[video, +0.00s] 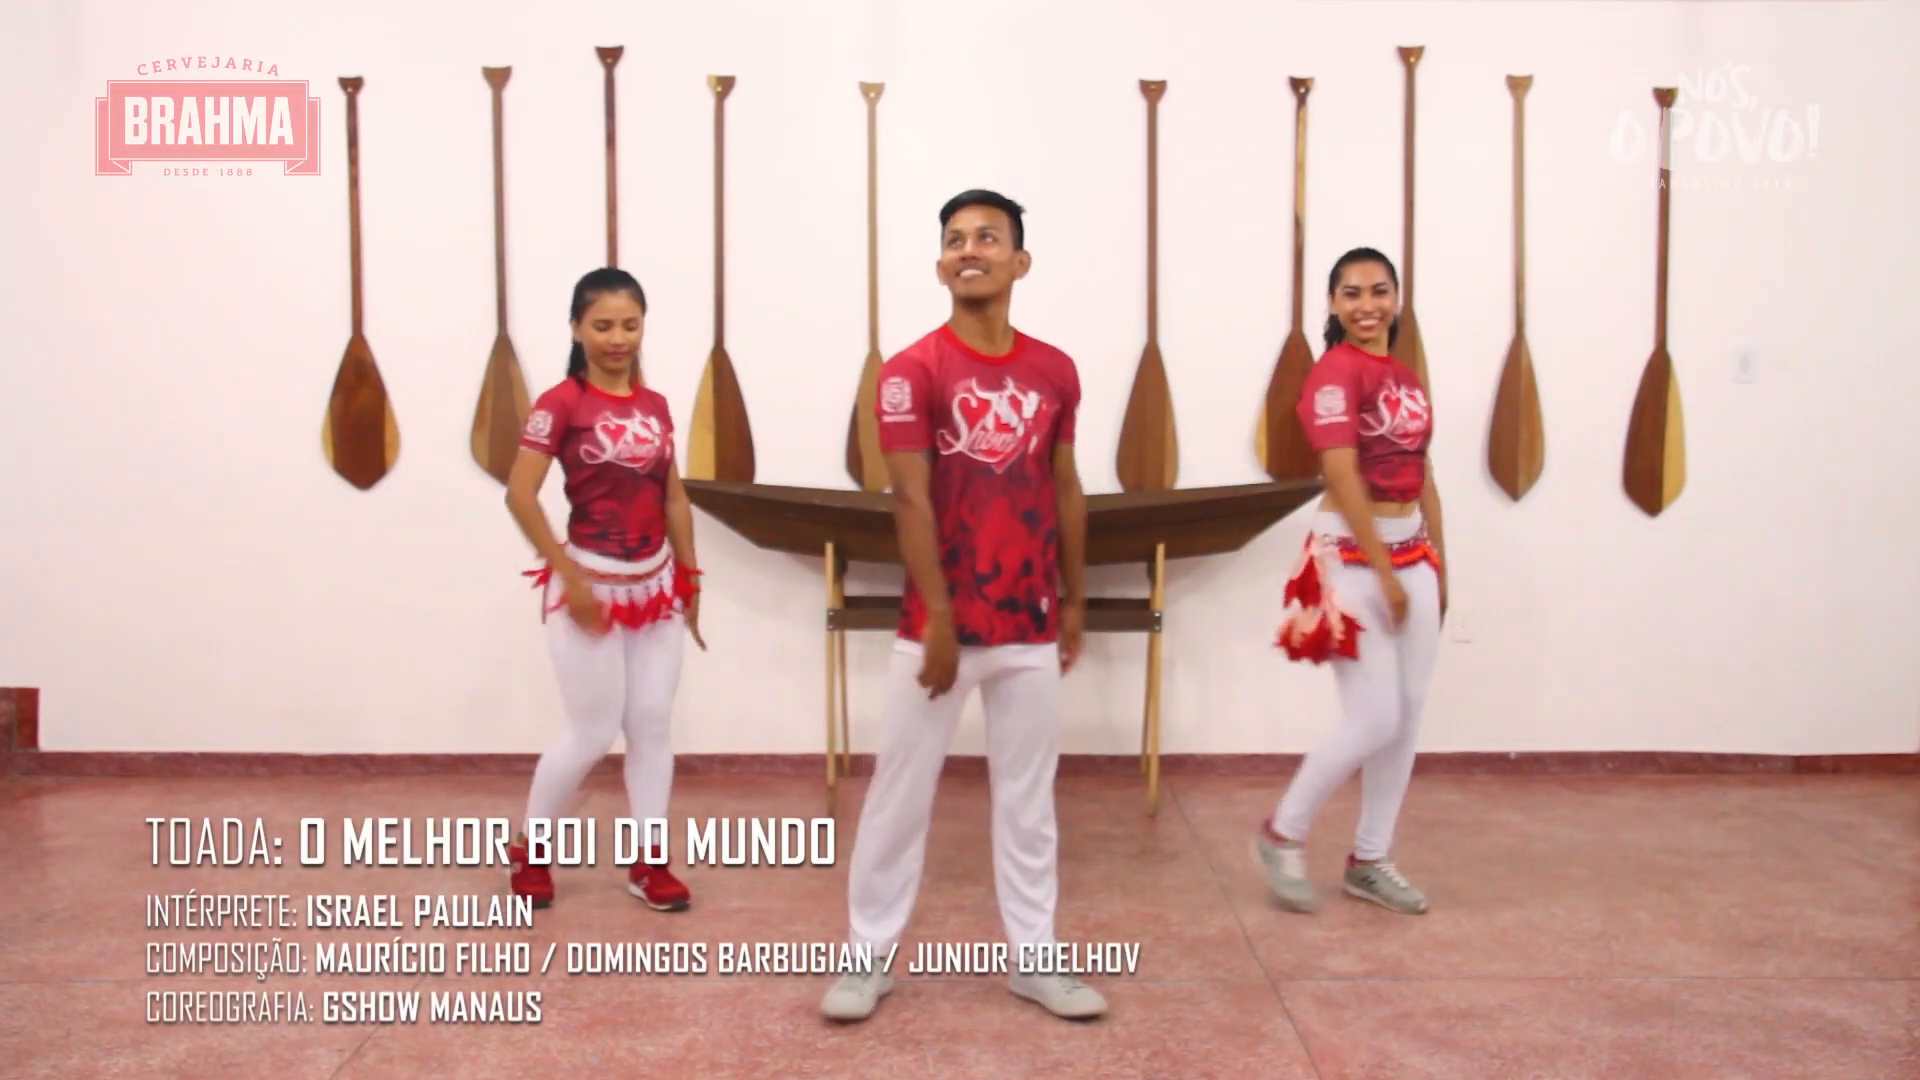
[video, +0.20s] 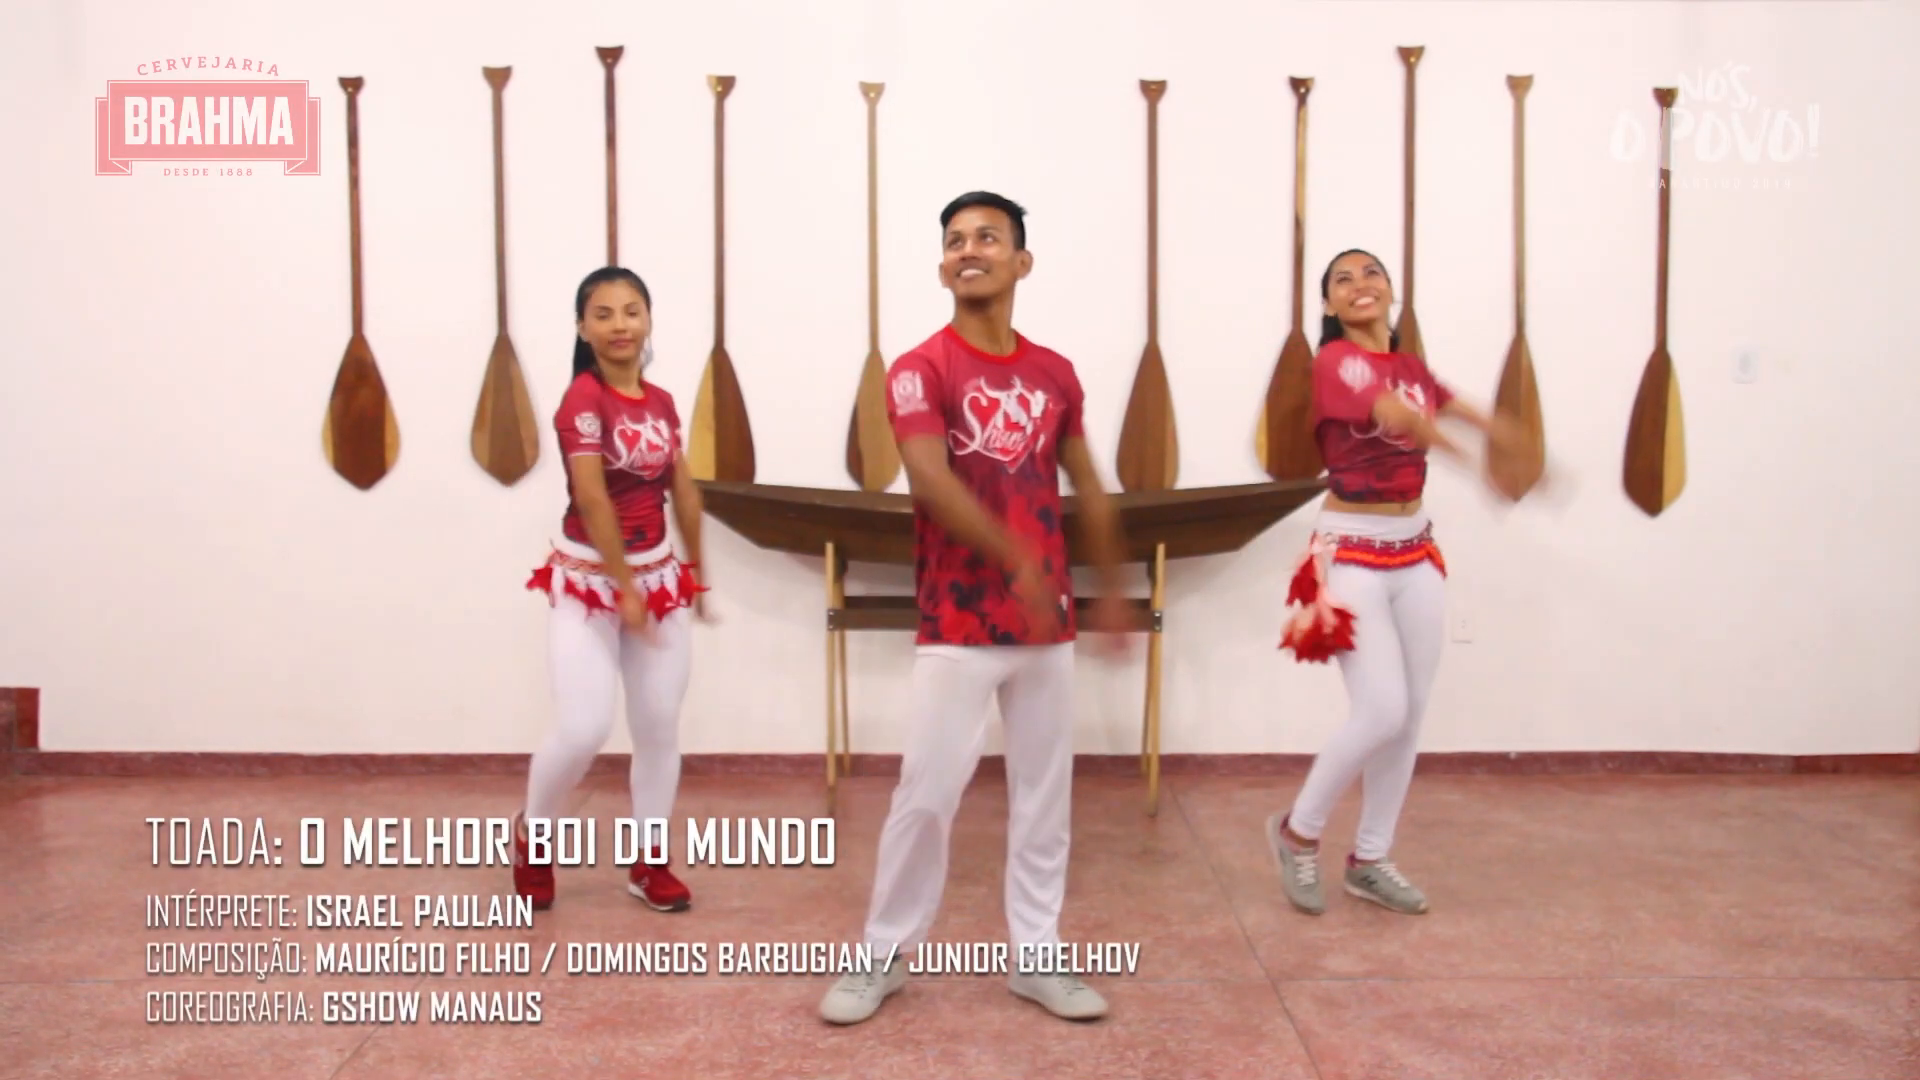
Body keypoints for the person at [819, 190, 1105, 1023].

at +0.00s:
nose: (969, 249)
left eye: (987, 237)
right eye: (956, 239)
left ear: (1020, 261)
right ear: (939, 264)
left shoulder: (1054, 371)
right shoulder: (912, 371)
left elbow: (1064, 486)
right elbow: (911, 499)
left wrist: (1074, 600)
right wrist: (939, 618)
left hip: (1028, 626)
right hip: (937, 625)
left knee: (1028, 800)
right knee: (898, 797)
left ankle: (1034, 954)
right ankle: (868, 951)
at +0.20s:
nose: (967, 250)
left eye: (986, 238)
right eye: (955, 240)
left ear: (1022, 262)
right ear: (941, 266)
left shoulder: (1054, 372)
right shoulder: (920, 367)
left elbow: (1087, 486)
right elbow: (930, 482)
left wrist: (1113, 587)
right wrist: (1020, 561)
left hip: (1043, 622)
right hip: (958, 624)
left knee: (1043, 799)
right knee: (927, 797)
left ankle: (1037, 954)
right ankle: (880, 951)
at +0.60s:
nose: (942, 254)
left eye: (961, 240)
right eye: (931, 243)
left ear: (999, 261)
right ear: (918, 263)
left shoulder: (1031, 345)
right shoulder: (895, 350)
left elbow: (1110, 267)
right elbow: (846, 276)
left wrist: (1177, 173)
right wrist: (835, 155)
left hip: (1016, 625)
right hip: (921, 627)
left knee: (1025, 807)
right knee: (873, 812)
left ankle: (1035, 957)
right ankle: (823, 989)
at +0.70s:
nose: (922, 254)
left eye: (943, 242)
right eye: (912, 243)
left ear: (981, 265)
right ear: (899, 261)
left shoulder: (1006, 348)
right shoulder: (869, 349)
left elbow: (1077, 249)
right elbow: (803, 270)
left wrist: (1120, 138)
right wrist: (757, 163)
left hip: (994, 627)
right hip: (896, 630)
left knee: (1014, 805)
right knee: (850, 817)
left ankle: (1033, 956)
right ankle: (816, 998)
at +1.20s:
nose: (844, 242)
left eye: (867, 230)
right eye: (833, 227)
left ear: (902, 251)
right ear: (814, 243)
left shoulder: (923, 347)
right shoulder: (767, 337)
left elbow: (981, 251)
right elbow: (638, 313)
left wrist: (902, 160)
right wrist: (501, 276)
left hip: (877, 635)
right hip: (779, 634)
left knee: (895, 812)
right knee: (786, 833)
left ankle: (941, 965)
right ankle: (806, 1010)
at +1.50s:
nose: (839, 251)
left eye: (859, 237)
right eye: (823, 235)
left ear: (888, 258)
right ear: (800, 254)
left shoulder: (910, 351)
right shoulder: (757, 352)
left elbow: (960, 243)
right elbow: (626, 324)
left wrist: (853, 157)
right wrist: (508, 299)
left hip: (860, 643)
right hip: (766, 641)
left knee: (854, 837)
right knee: (770, 838)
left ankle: (875, 985)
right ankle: (801, 1007)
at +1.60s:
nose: (835, 255)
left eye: (854, 240)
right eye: (819, 237)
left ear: (882, 256)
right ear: (795, 250)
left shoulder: (905, 351)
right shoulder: (752, 351)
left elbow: (952, 247)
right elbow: (636, 301)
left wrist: (870, 137)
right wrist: (528, 240)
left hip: (865, 650)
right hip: (765, 646)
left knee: (875, 835)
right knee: (768, 842)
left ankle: (867, 988)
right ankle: (797, 1010)